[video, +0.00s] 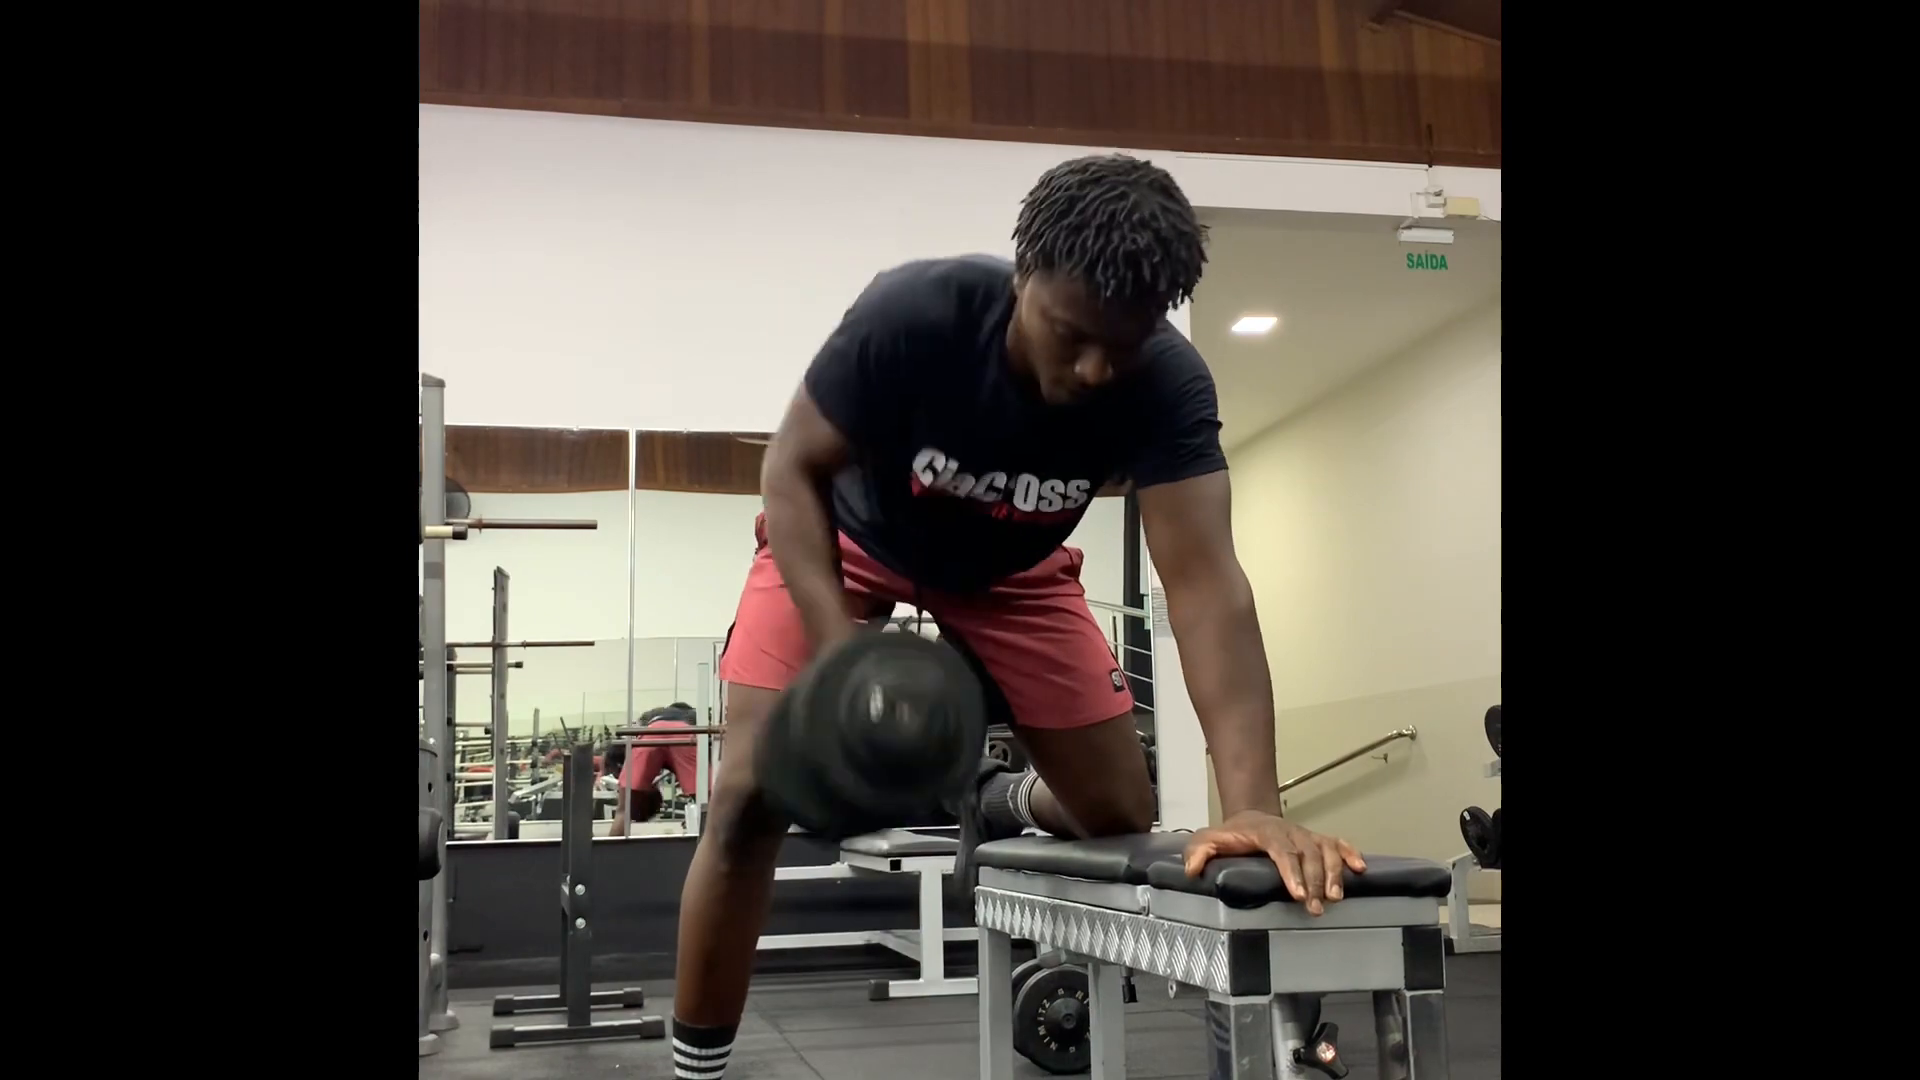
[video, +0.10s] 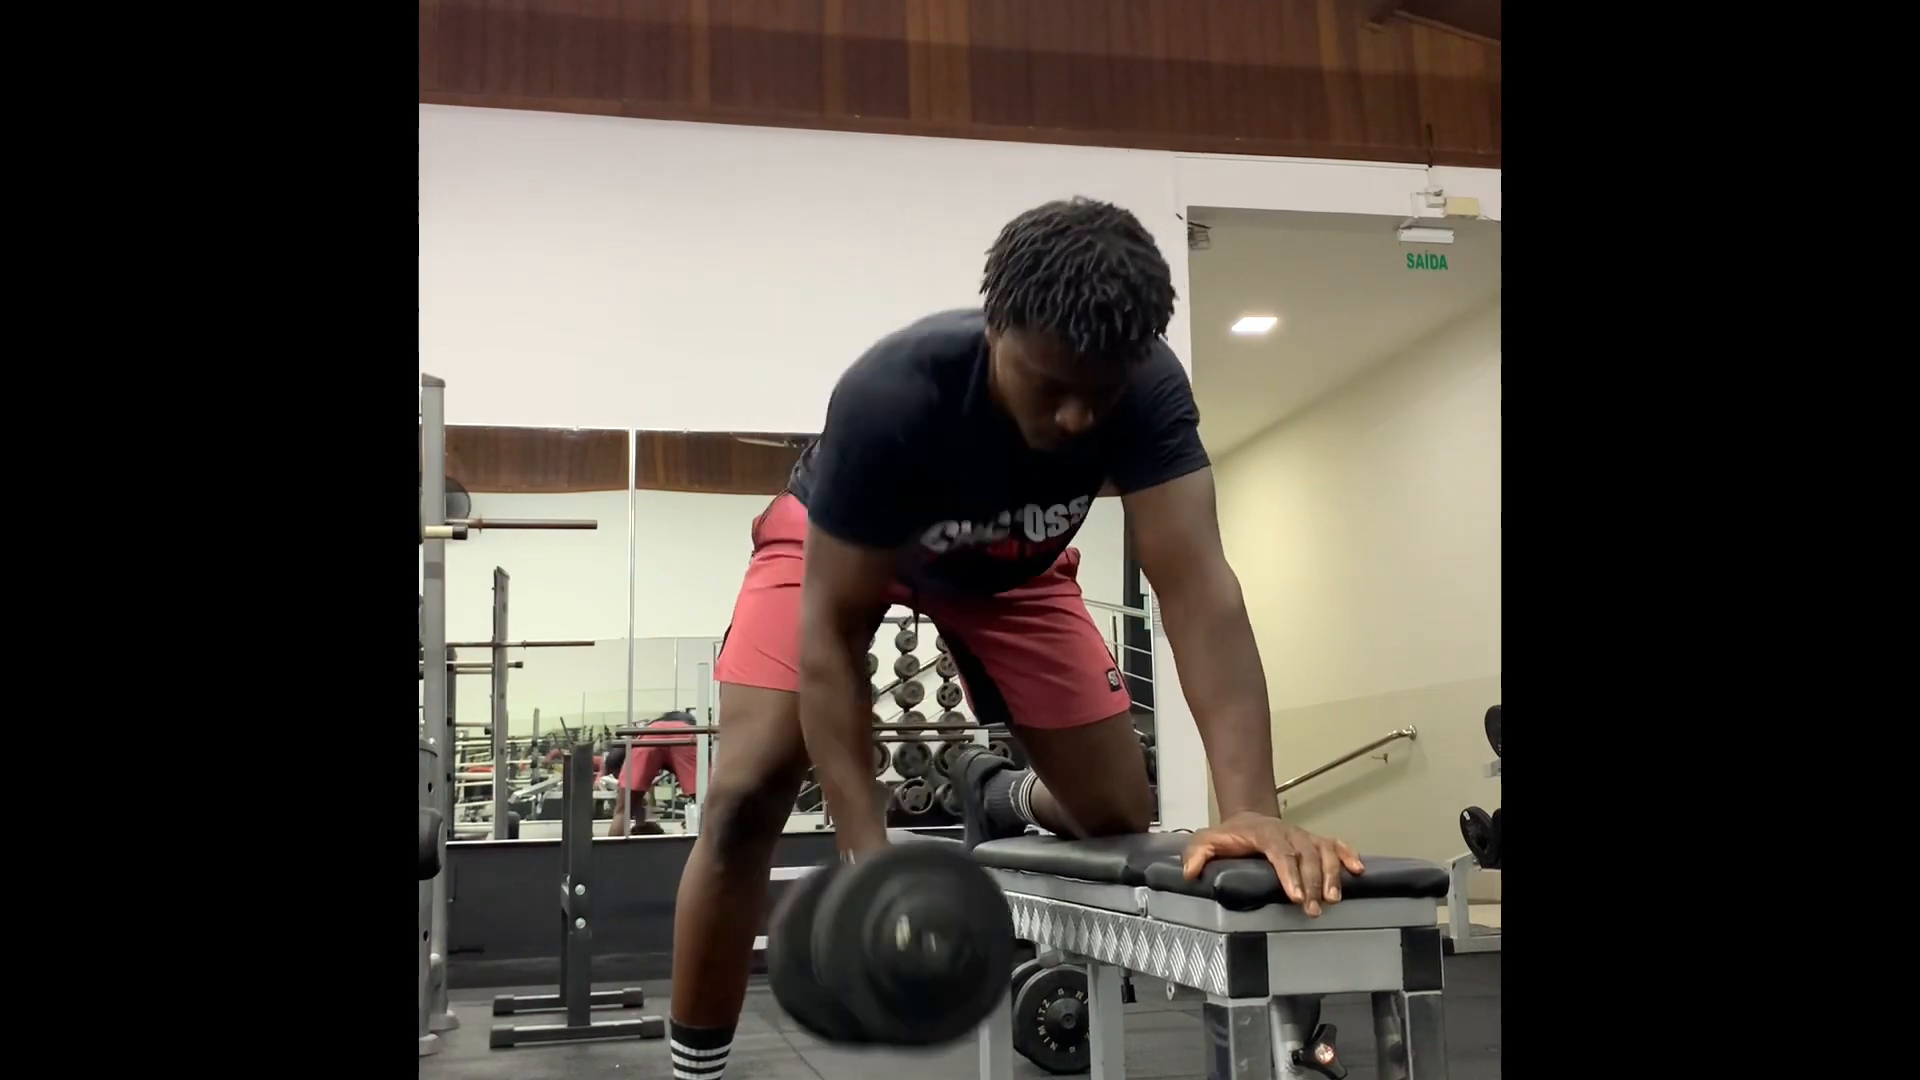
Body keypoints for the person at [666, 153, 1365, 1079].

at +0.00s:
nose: (1094, 370)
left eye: (1125, 347)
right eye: (1071, 336)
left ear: (1160, 318)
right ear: (1021, 277)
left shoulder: (1165, 381)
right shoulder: (913, 316)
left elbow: (1205, 579)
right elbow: (789, 470)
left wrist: (1251, 806)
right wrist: (840, 658)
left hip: (1020, 574)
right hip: (847, 545)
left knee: (1120, 816)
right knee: (745, 800)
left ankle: (992, 798)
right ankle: (695, 1073)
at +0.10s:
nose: (1077, 420)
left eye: (1103, 394)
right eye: (1052, 392)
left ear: (1135, 353)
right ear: (997, 336)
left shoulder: (1146, 391)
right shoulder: (891, 401)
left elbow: (1198, 586)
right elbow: (828, 631)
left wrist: (1251, 806)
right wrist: (869, 862)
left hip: (1016, 567)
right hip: (844, 544)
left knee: (1123, 819)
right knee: (742, 797)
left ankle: (1003, 797)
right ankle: (695, 1070)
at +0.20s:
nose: (1064, 490)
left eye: (1087, 462)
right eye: (1034, 461)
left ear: (1120, 420)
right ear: (975, 405)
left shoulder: (1122, 412)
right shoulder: (881, 501)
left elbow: (1194, 593)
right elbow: (870, 765)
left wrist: (1254, 808)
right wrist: (905, 1025)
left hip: (1014, 567)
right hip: (839, 543)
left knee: (1120, 812)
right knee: (736, 800)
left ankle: (982, 790)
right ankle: (694, 1072)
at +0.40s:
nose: (1056, 481)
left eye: (1081, 456)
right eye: (1026, 453)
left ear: (1117, 412)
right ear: (969, 393)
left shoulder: (1126, 406)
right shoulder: (881, 489)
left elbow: (1195, 590)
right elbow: (873, 754)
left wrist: (1254, 807)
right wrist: (918, 1012)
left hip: (1014, 566)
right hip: (838, 544)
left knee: (1120, 814)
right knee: (735, 797)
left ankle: (987, 791)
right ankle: (694, 1069)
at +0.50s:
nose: (1055, 363)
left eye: (1089, 346)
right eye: (1041, 327)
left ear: (1141, 328)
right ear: (1018, 267)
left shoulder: (1163, 376)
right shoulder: (904, 327)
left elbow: (1204, 577)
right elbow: (804, 522)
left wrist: (1251, 806)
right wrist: (854, 742)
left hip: (1017, 567)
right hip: (852, 537)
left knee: (1118, 812)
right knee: (748, 788)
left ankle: (1006, 806)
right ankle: (697, 1072)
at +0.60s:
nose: (1072, 324)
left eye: (1109, 316)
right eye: (1066, 287)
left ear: (1173, 307)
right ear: (1061, 228)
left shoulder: (1188, 382)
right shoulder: (959, 252)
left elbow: (1218, 587)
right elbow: (800, 323)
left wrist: (1254, 805)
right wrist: (814, 479)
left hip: (1013, 566)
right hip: (861, 519)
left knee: (1119, 814)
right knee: (751, 792)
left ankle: (988, 800)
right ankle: (694, 1071)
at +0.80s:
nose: (1069, 370)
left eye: (1103, 352)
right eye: (1055, 332)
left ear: (1155, 333)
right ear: (1035, 270)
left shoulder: (1168, 392)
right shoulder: (935, 294)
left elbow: (1205, 583)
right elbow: (780, 393)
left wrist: (1251, 805)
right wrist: (817, 558)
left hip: (1015, 569)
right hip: (850, 530)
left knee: (1119, 814)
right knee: (745, 796)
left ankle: (986, 802)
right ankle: (694, 1073)